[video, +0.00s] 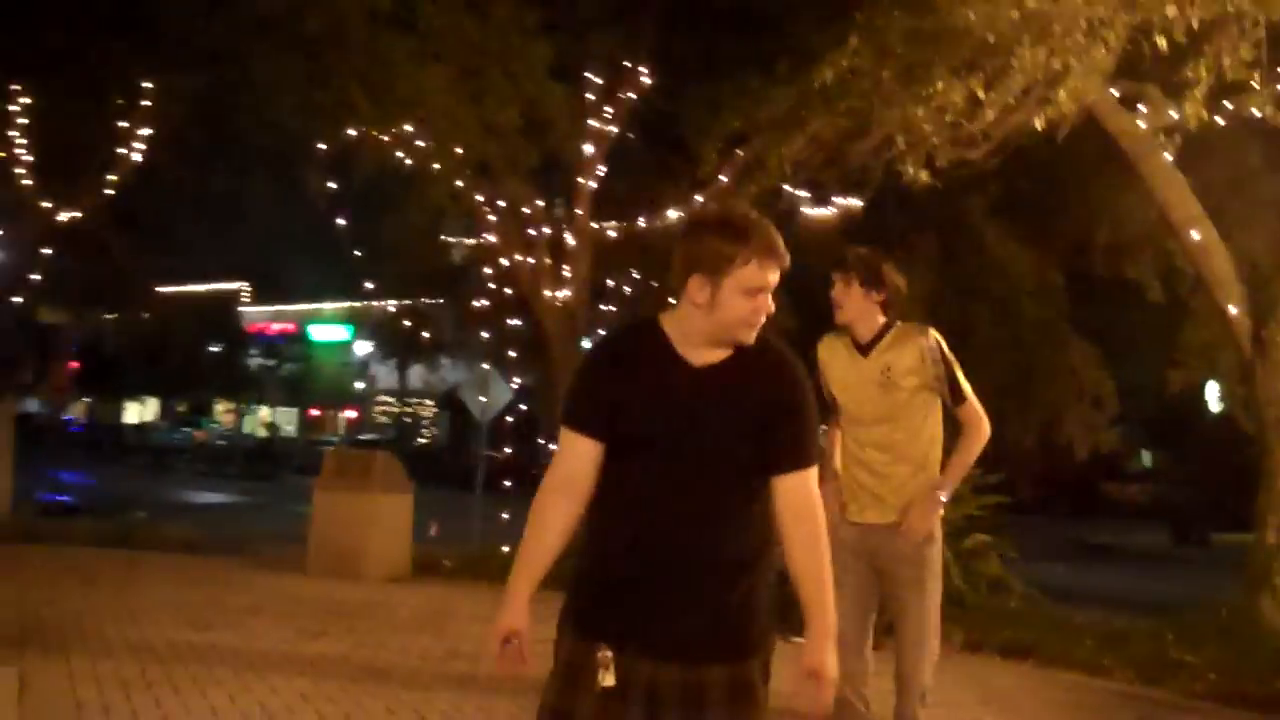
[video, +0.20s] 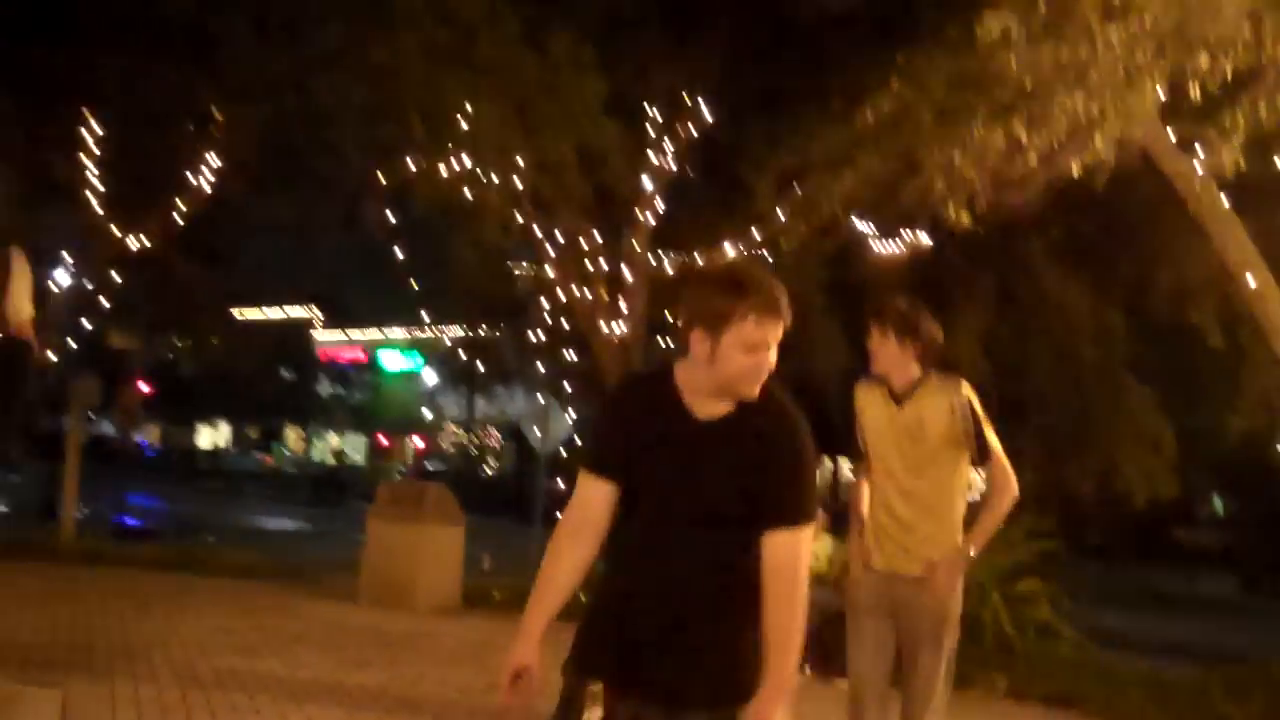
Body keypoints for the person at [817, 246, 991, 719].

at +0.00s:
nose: (834, 295)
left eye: (845, 285)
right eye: (835, 285)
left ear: (877, 294)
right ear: (843, 292)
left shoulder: (923, 346)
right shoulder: (829, 350)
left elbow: (977, 425)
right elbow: (833, 420)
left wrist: (937, 497)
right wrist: (831, 478)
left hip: (913, 530)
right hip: (850, 529)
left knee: (914, 673)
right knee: (846, 665)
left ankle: (909, 715)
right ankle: (850, 714)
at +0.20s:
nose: (871, 348)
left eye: (880, 338)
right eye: (871, 337)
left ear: (912, 347)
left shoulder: (955, 396)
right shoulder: (865, 395)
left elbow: (1005, 485)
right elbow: (865, 471)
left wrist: (966, 551)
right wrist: (858, 540)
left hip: (933, 575)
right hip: (872, 571)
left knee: (922, 706)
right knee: (864, 703)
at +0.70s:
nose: (839, 336)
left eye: (850, 330)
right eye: (837, 327)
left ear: (877, 340)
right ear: (832, 329)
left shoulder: (904, 390)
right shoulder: (814, 376)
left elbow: (956, 454)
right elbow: (806, 429)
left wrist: (910, 506)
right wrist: (801, 480)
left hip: (869, 548)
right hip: (810, 540)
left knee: (852, 680)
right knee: (786, 666)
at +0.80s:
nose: (836, 331)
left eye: (848, 323)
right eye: (832, 321)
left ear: (870, 332)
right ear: (823, 325)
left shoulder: (897, 385)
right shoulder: (804, 374)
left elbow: (944, 451)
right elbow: (794, 427)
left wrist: (901, 506)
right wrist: (788, 480)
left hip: (862, 544)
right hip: (802, 536)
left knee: (847, 679)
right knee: (780, 670)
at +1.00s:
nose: (839, 343)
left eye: (850, 334)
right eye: (832, 332)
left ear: (868, 343)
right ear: (819, 339)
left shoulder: (892, 393)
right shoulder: (801, 385)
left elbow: (930, 468)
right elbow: (790, 445)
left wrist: (895, 527)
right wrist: (782, 506)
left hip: (858, 555)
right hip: (800, 547)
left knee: (848, 684)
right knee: (792, 677)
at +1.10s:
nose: (802, 349)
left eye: (813, 341)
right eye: (795, 338)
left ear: (830, 348)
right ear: (783, 344)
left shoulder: (855, 395)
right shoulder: (767, 389)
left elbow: (899, 462)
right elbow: (759, 444)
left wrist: (868, 520)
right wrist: (752, 502)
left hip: (828, 553)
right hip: (769, 547)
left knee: (818, 681)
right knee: (765, 673)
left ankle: (815, 715)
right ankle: (767, 716)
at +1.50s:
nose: (728, 312)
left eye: (738, 302)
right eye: (721, 301)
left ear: (757, 305)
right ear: (710, 306)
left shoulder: (784, 346)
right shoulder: (700, 351)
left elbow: (842, 387)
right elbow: (708, 408)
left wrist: (811, 452)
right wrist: (702, 458)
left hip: (761, 499)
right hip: (707, 498)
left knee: (757, 618)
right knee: (707, 616)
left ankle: (757, 710)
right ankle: (713, 709)